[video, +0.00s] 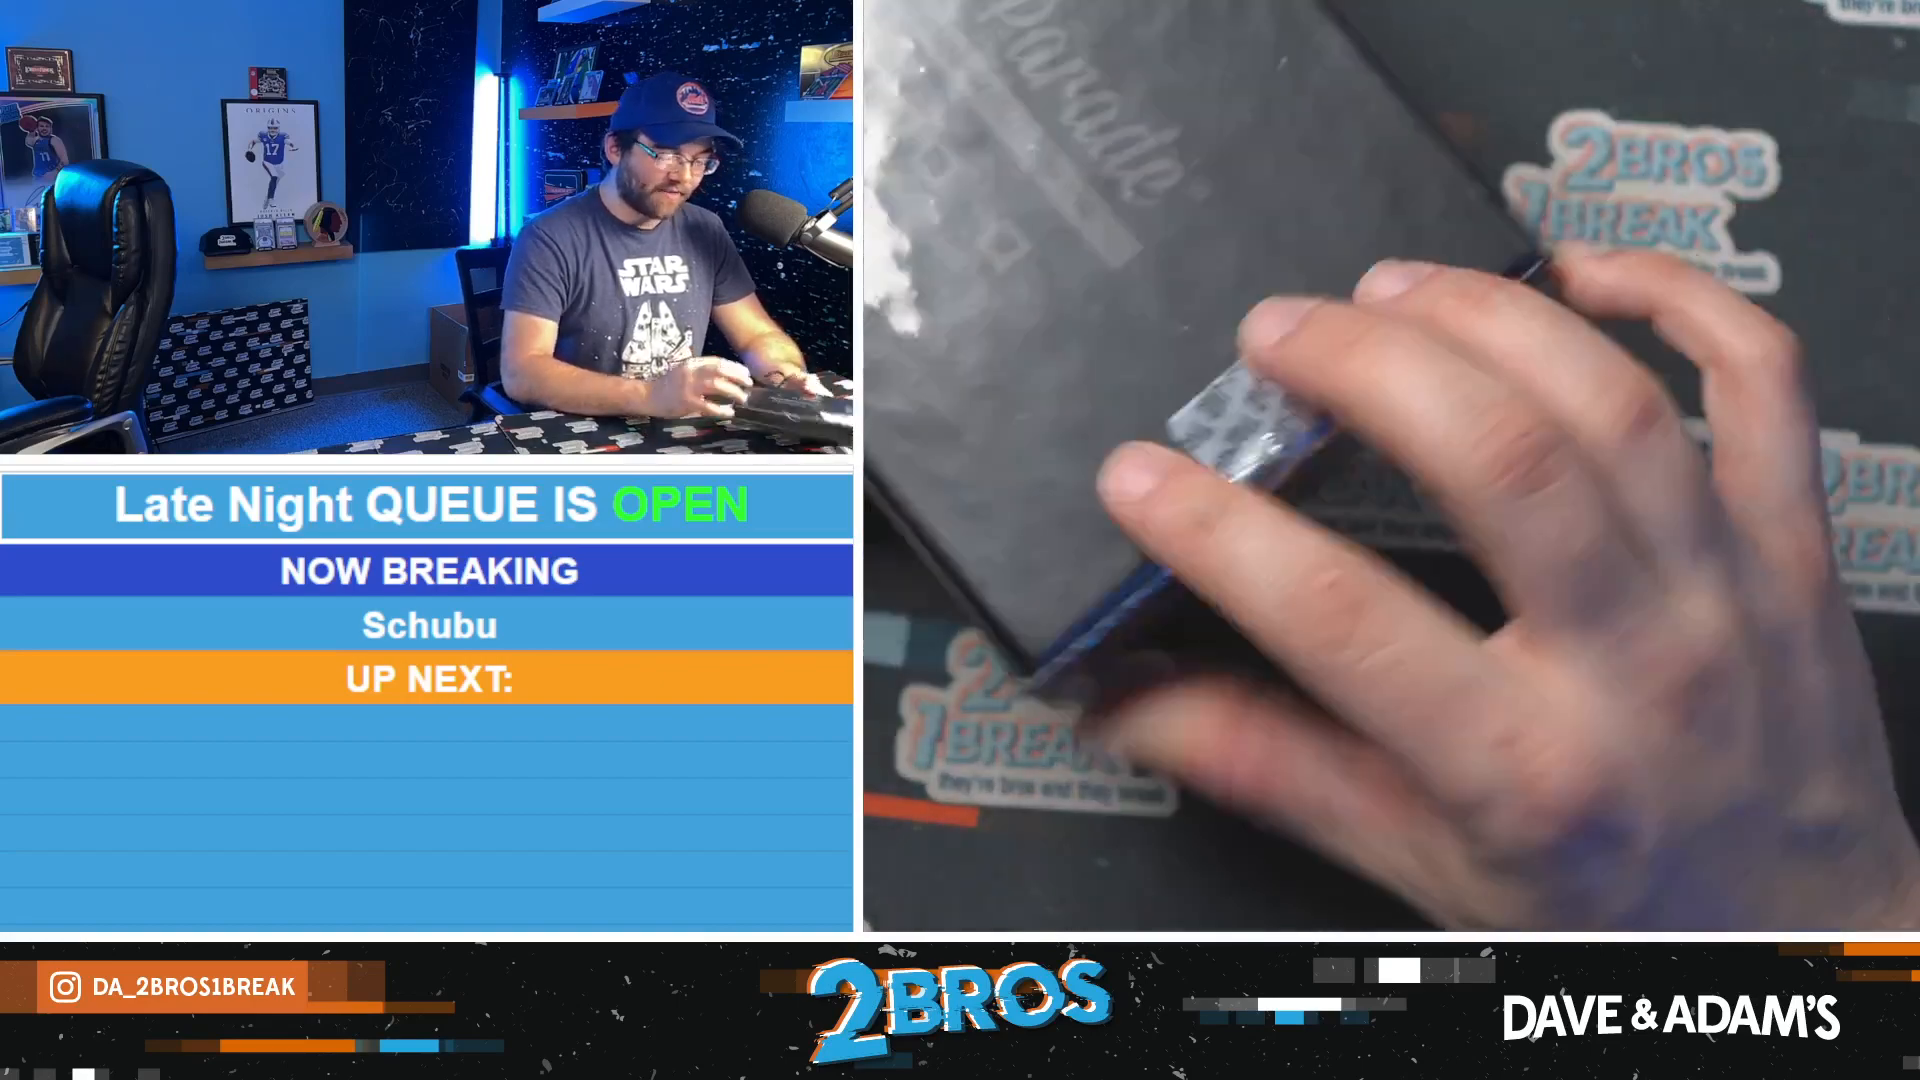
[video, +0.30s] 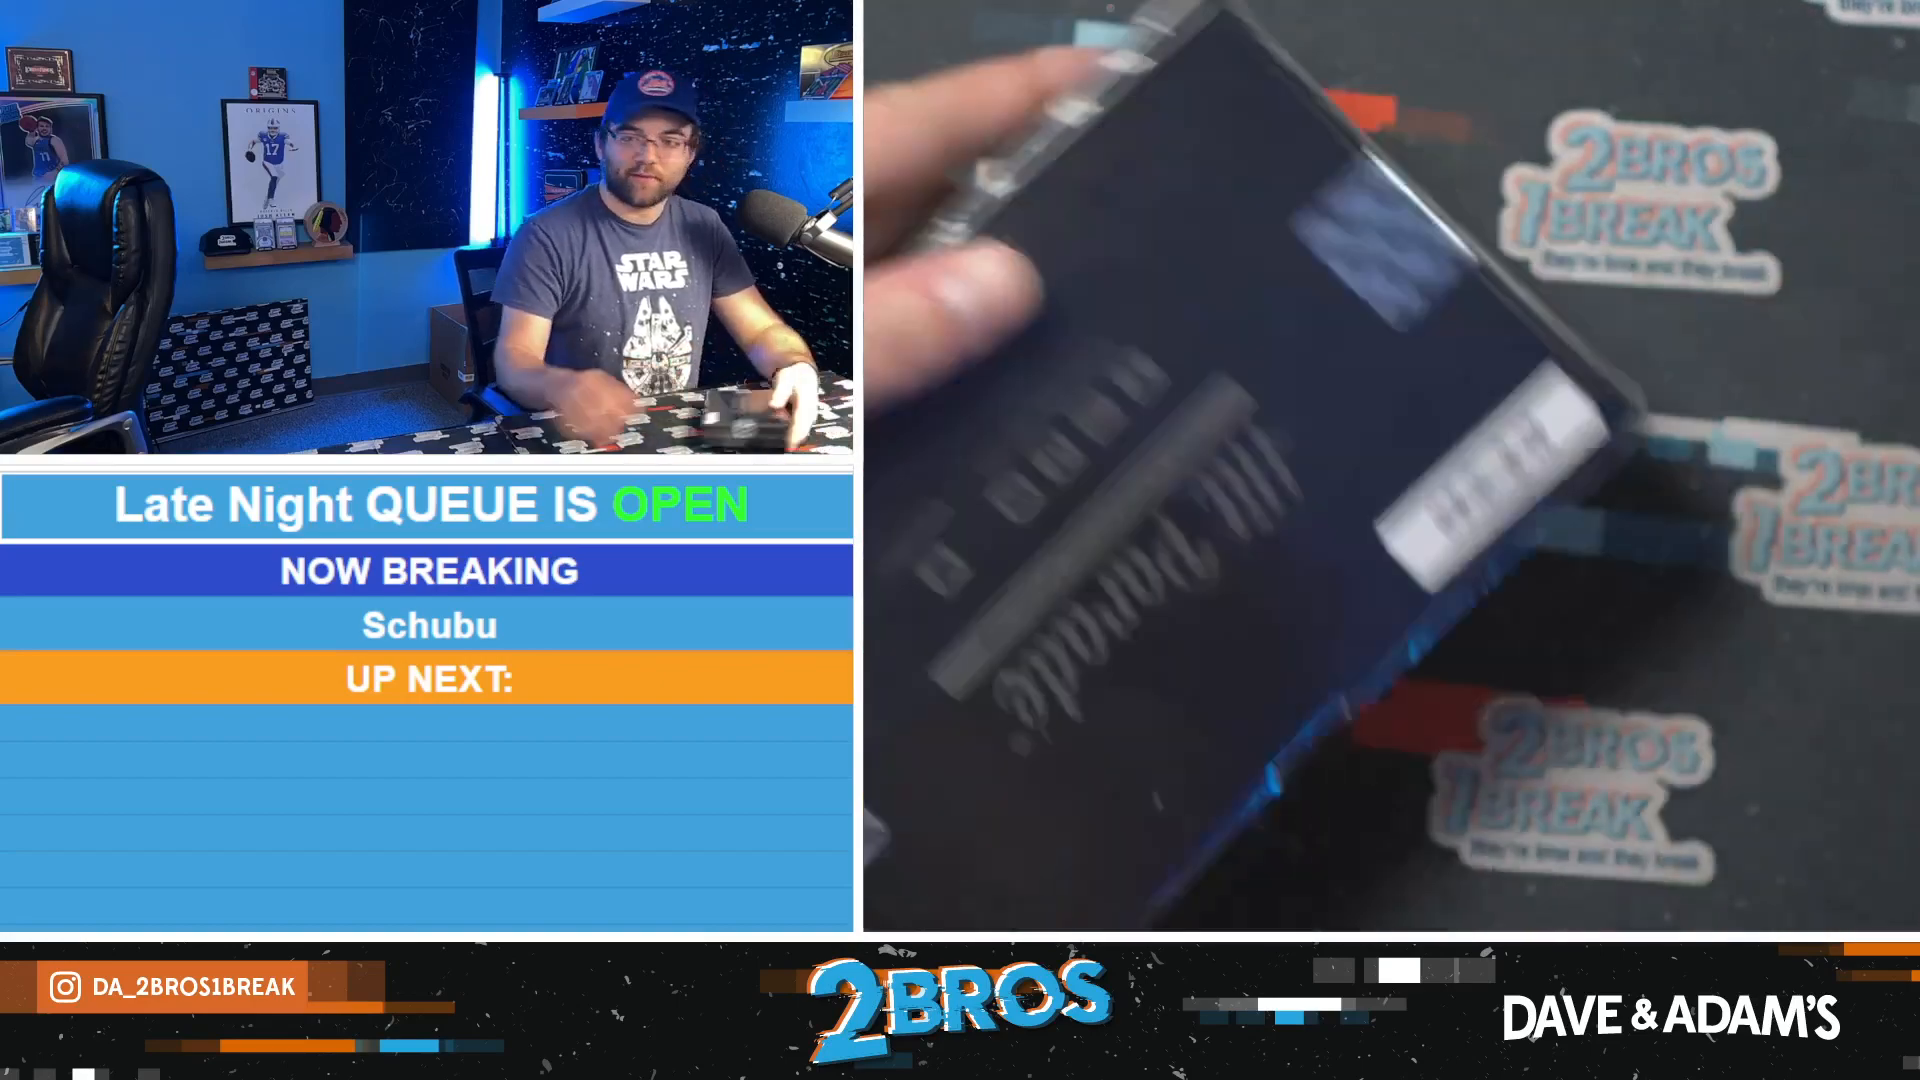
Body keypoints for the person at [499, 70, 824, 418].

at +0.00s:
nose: (684, 174)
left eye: (698, 158)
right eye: (666, 152)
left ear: (709, 162)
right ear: (615, 148)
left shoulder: (704, 231)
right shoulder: (550, 237)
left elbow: (758, 335)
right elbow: (523, 372)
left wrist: (781, 371)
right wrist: (649, 394)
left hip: (686, 455)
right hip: (580, 459)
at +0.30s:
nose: (648, 156)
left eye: (670, 141)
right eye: (631, 137)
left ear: (691, 155)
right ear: (602, 144)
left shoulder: (704, 230)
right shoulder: (548, 237)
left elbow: (762, 331)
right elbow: (515, 365)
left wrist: (795, 367)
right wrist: (565, 389)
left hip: (683, 456)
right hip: (580, 464)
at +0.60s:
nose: (607, 149)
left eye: (633, 134)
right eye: (599, 133)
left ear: (680, 150)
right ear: (589, 139)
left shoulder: (706, 232)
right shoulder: (547, 232)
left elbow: (764, 335)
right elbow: (514, 350)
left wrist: (775, 365)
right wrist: (532, 431)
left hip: (678, 451)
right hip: (576, 454)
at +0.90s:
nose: (604, 151)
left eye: (629, 137)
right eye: (599, 135)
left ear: (680, 153)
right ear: (590, 138)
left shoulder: (709, 233)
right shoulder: (551, 232)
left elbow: (775, 340)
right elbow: (520, 348)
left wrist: (753, 371)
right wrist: (535, 435)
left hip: (682, 448)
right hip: (582, 452)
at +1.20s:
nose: (632, 165)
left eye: (658, 150)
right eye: (620, 146)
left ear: (694, 158)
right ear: (602, 146)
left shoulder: (710, 235)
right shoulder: (557, 233)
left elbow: (776, 342)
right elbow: (517, 339)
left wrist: (760, 376)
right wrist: (515, 428)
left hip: (680, 453)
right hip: (576, 453)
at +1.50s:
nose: (645, 170)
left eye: (670, 155)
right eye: (631, 149)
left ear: (701, 161)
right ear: (610, 148)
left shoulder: (709, 236)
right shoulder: (550, 238)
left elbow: (772, 341)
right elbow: (499, 348)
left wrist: (760, 376)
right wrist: (496, 408)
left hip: (677, 455)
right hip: (568, 457)